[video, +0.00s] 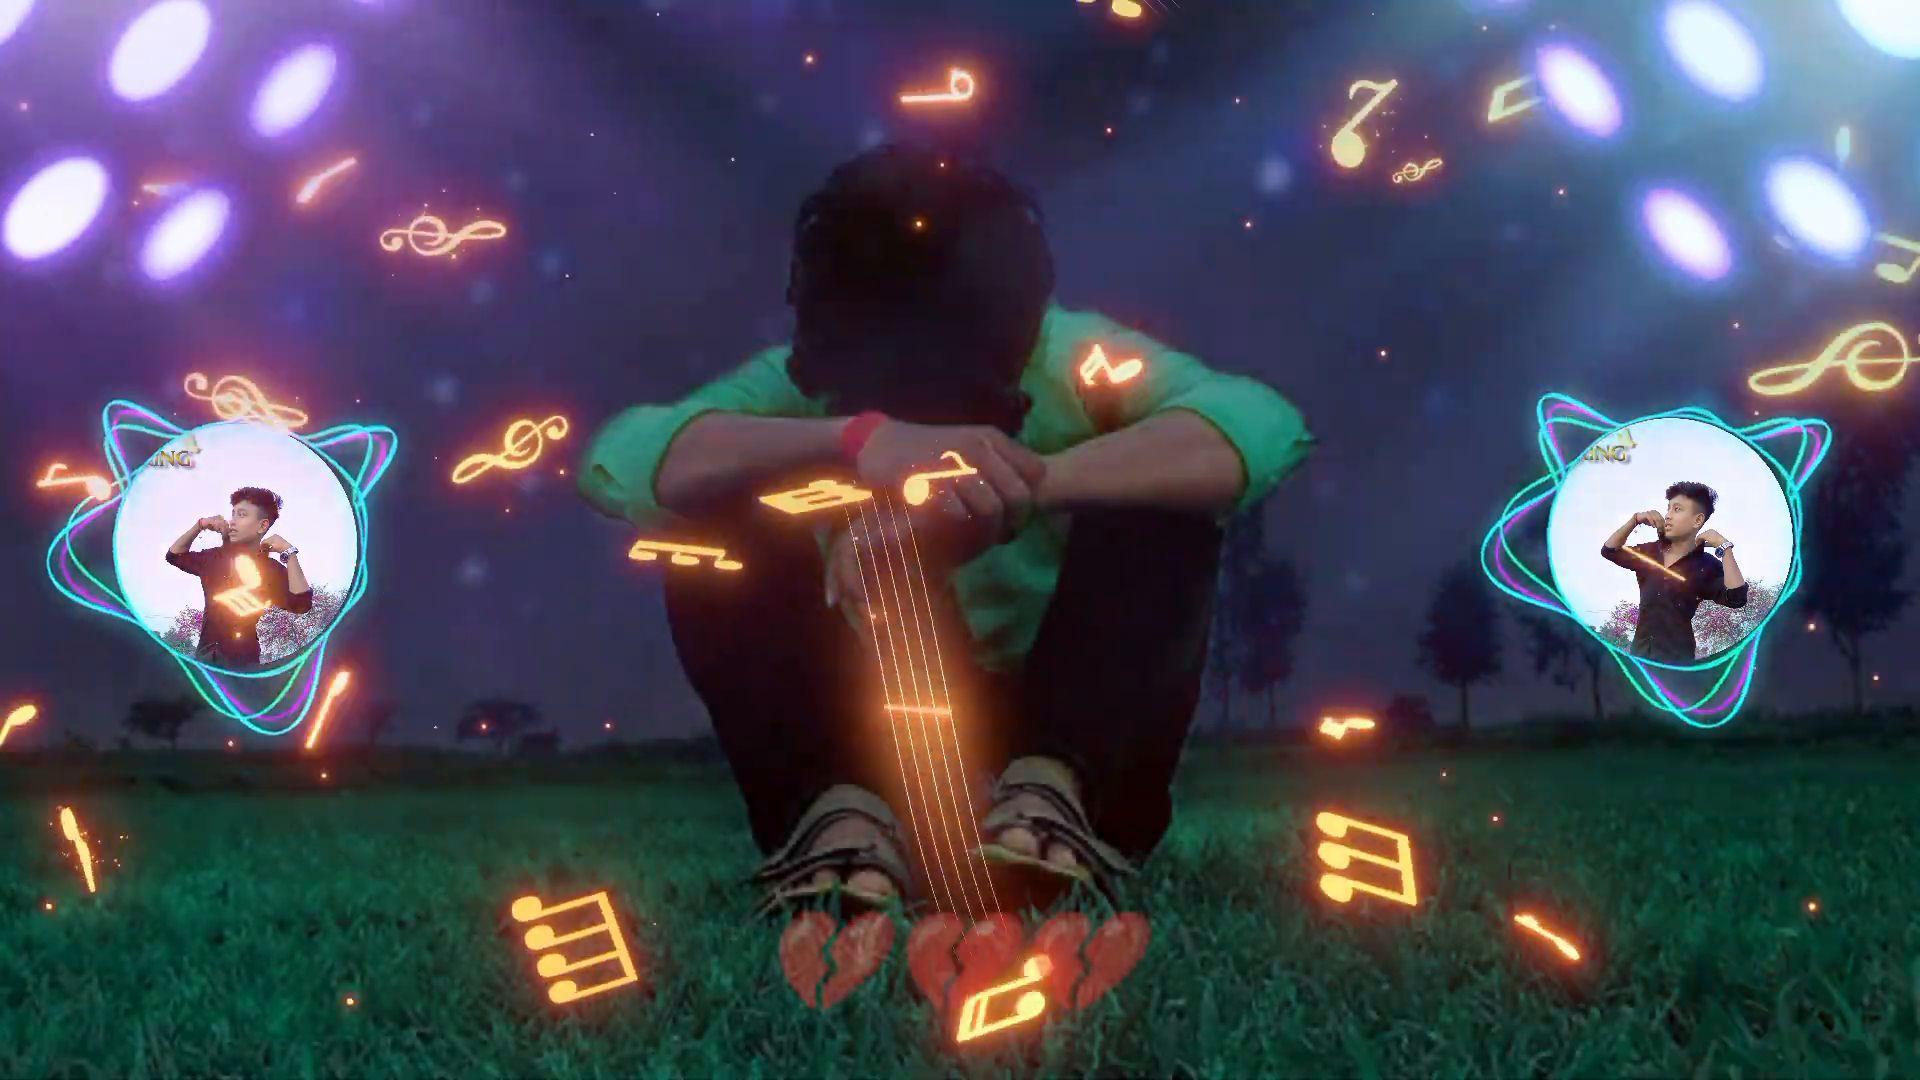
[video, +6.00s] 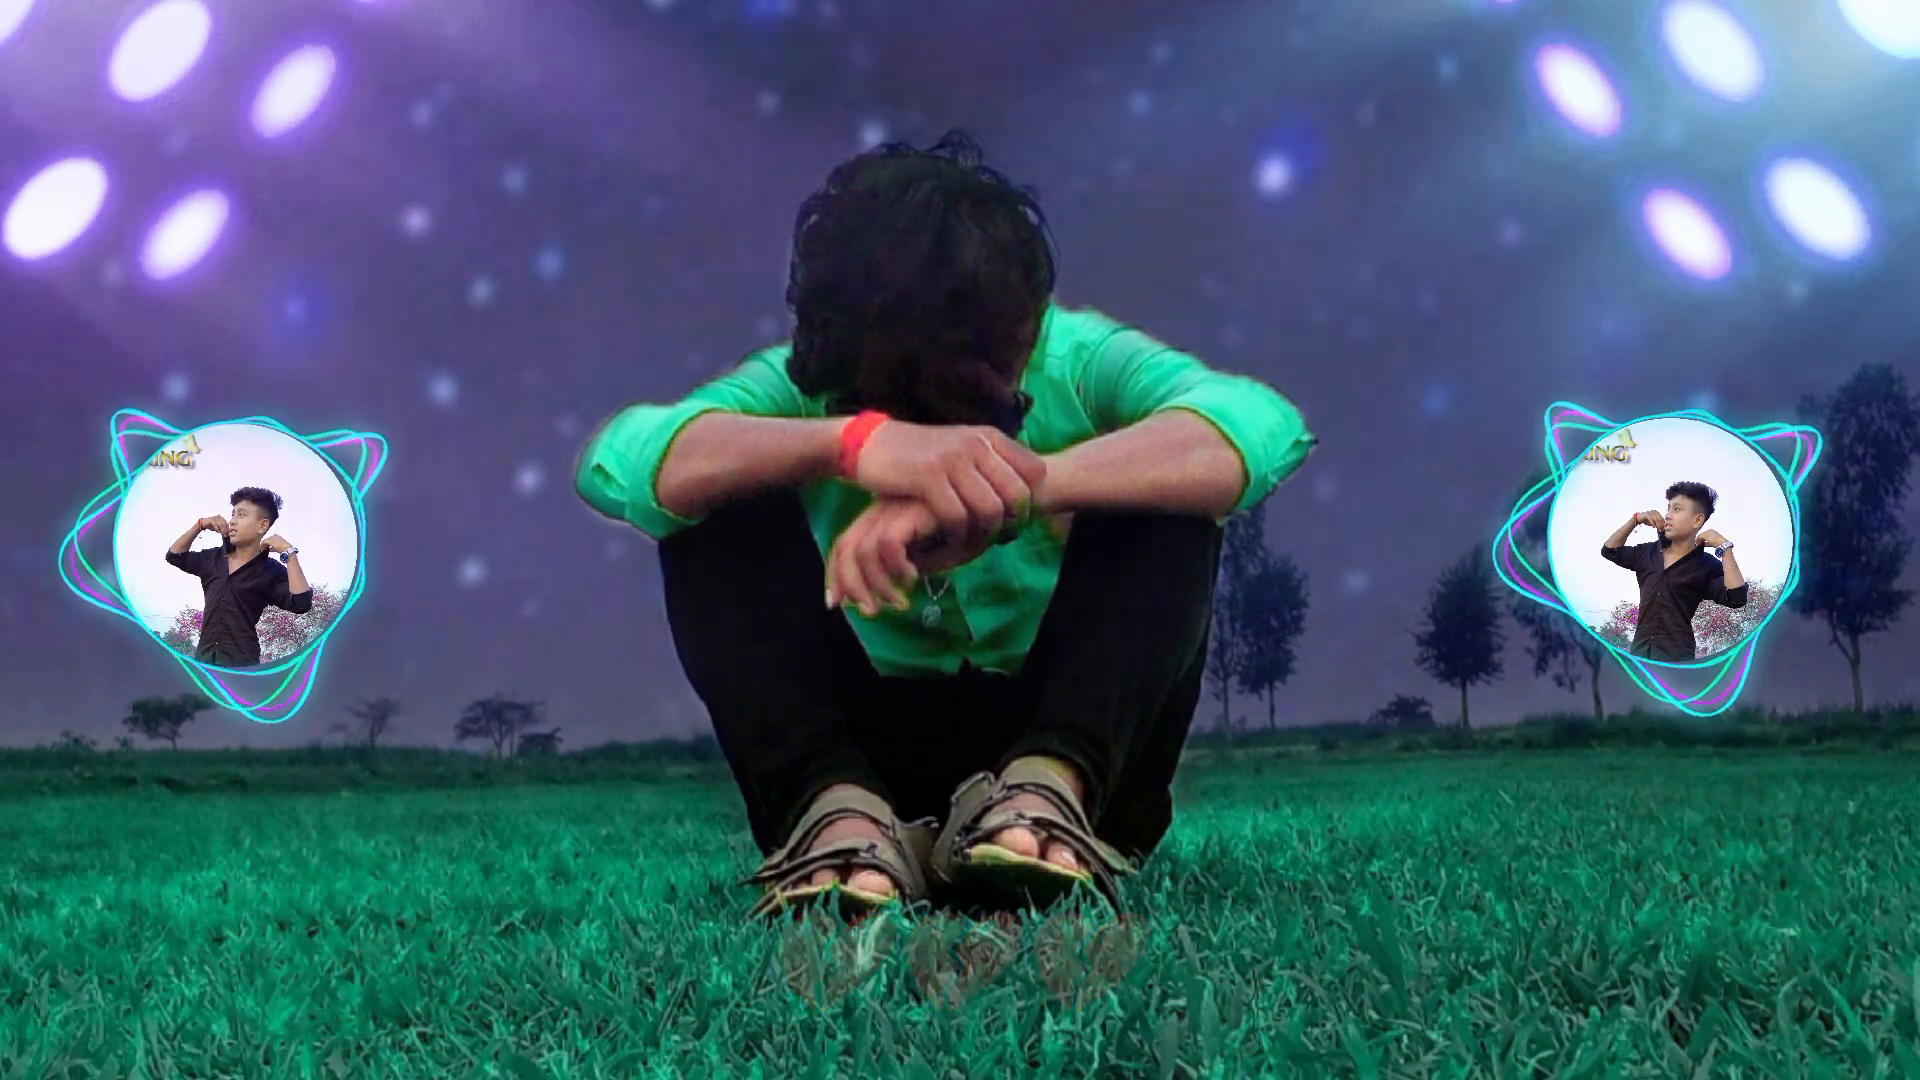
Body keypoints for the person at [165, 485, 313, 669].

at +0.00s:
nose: (231, 521)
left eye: (241, 515)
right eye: (233, 514)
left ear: (263, 525)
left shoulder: (273, 569)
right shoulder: (212, 558)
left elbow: (302, 605)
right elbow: (174, 556)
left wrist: (290, 553)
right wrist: (198, 527)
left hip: (247, 660)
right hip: (209, 656)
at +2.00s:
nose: (232, 521)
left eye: (242, 515)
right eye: (233, 514)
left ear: (263, 525)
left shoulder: (270, 569)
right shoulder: (212, 558)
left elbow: (302, 604)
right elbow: (173, 556)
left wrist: (290, 554)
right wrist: (199, 526)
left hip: (242, 662)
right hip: (204, 658)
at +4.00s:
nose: (232, 521)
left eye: (242, 515)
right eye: (233, 514)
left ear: (263, 525)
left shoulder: (270, 569)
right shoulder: (212, 558)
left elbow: (301, 604)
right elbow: (174, 557)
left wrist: (290, 553)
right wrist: (199, 526)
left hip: (242, 662)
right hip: (203, 659)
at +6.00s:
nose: (232, 520)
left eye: (241, 515)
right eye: (233, 514)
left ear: (263, 525)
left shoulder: (270, 570)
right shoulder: (212, 558)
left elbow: (301, 604)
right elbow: (174, 557)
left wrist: (289, 553)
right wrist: (199, 526)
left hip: (242, 665)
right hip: (203, 660)